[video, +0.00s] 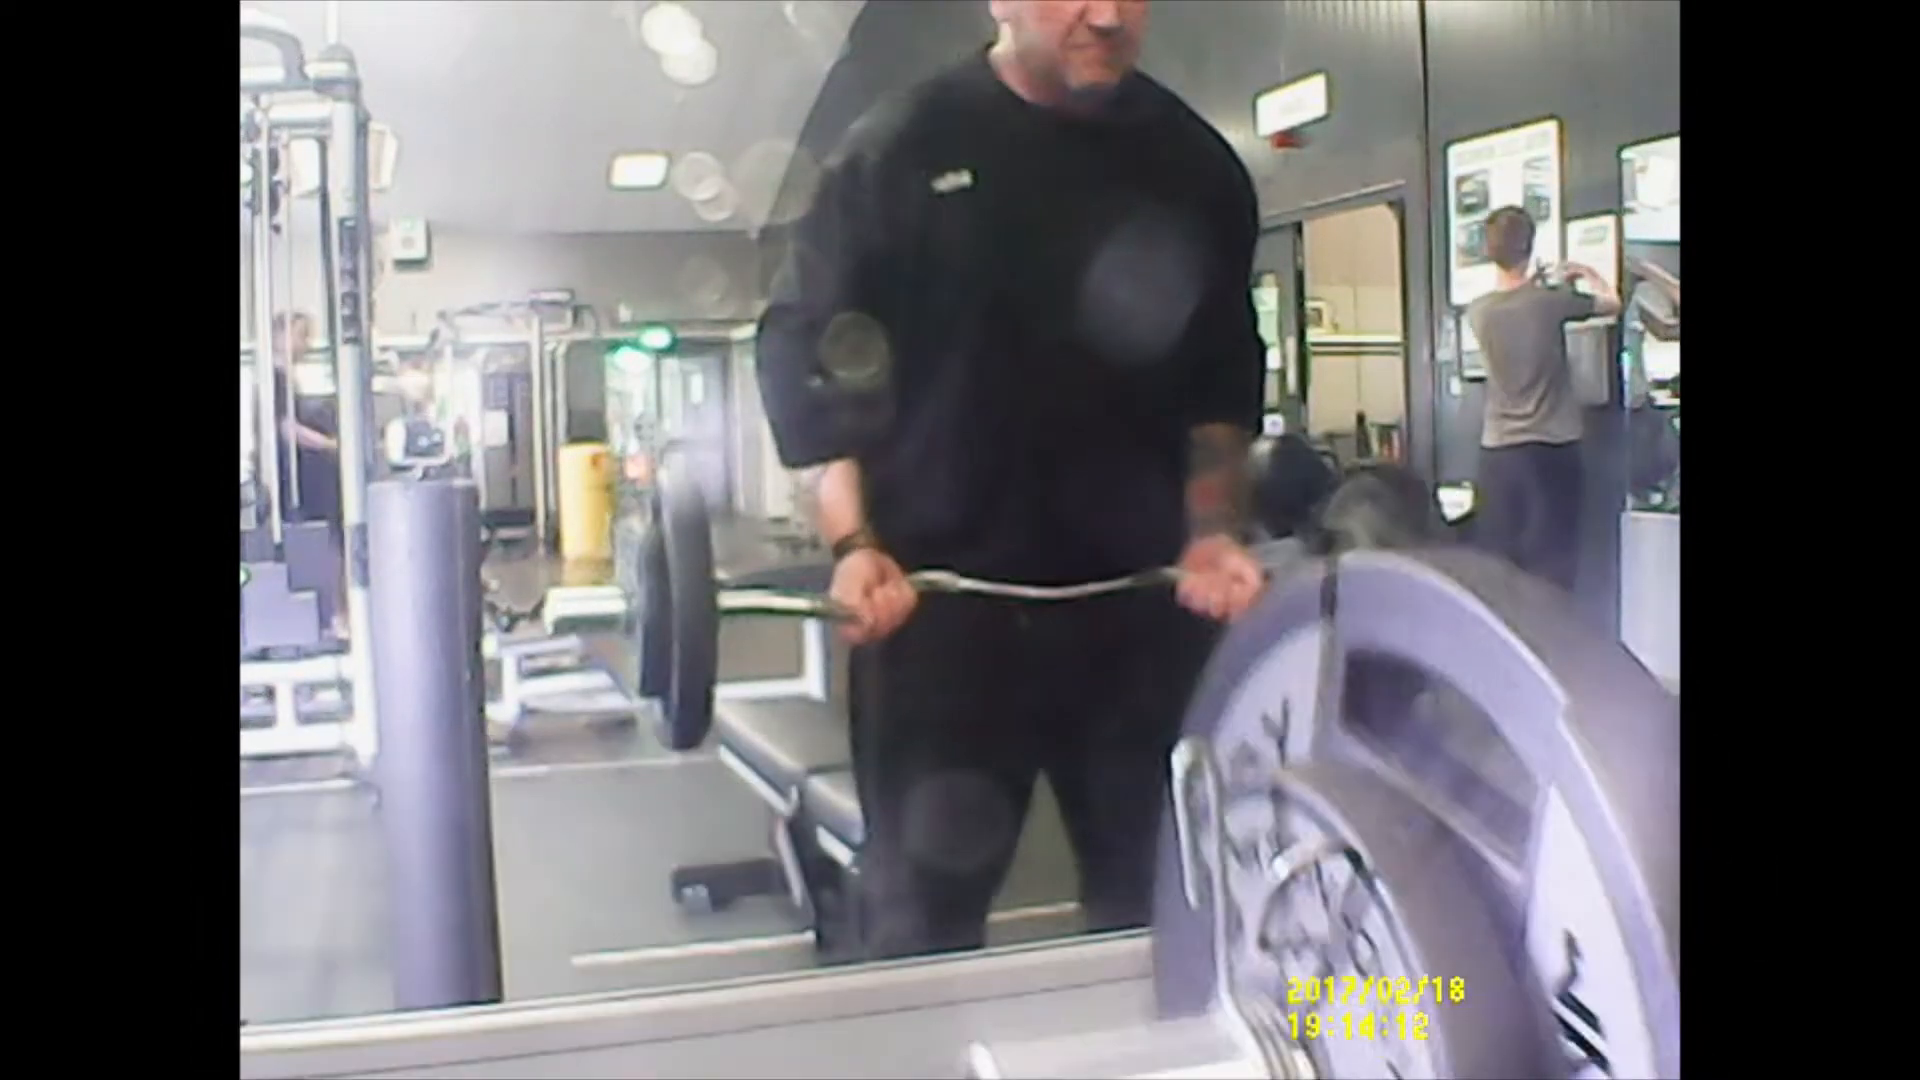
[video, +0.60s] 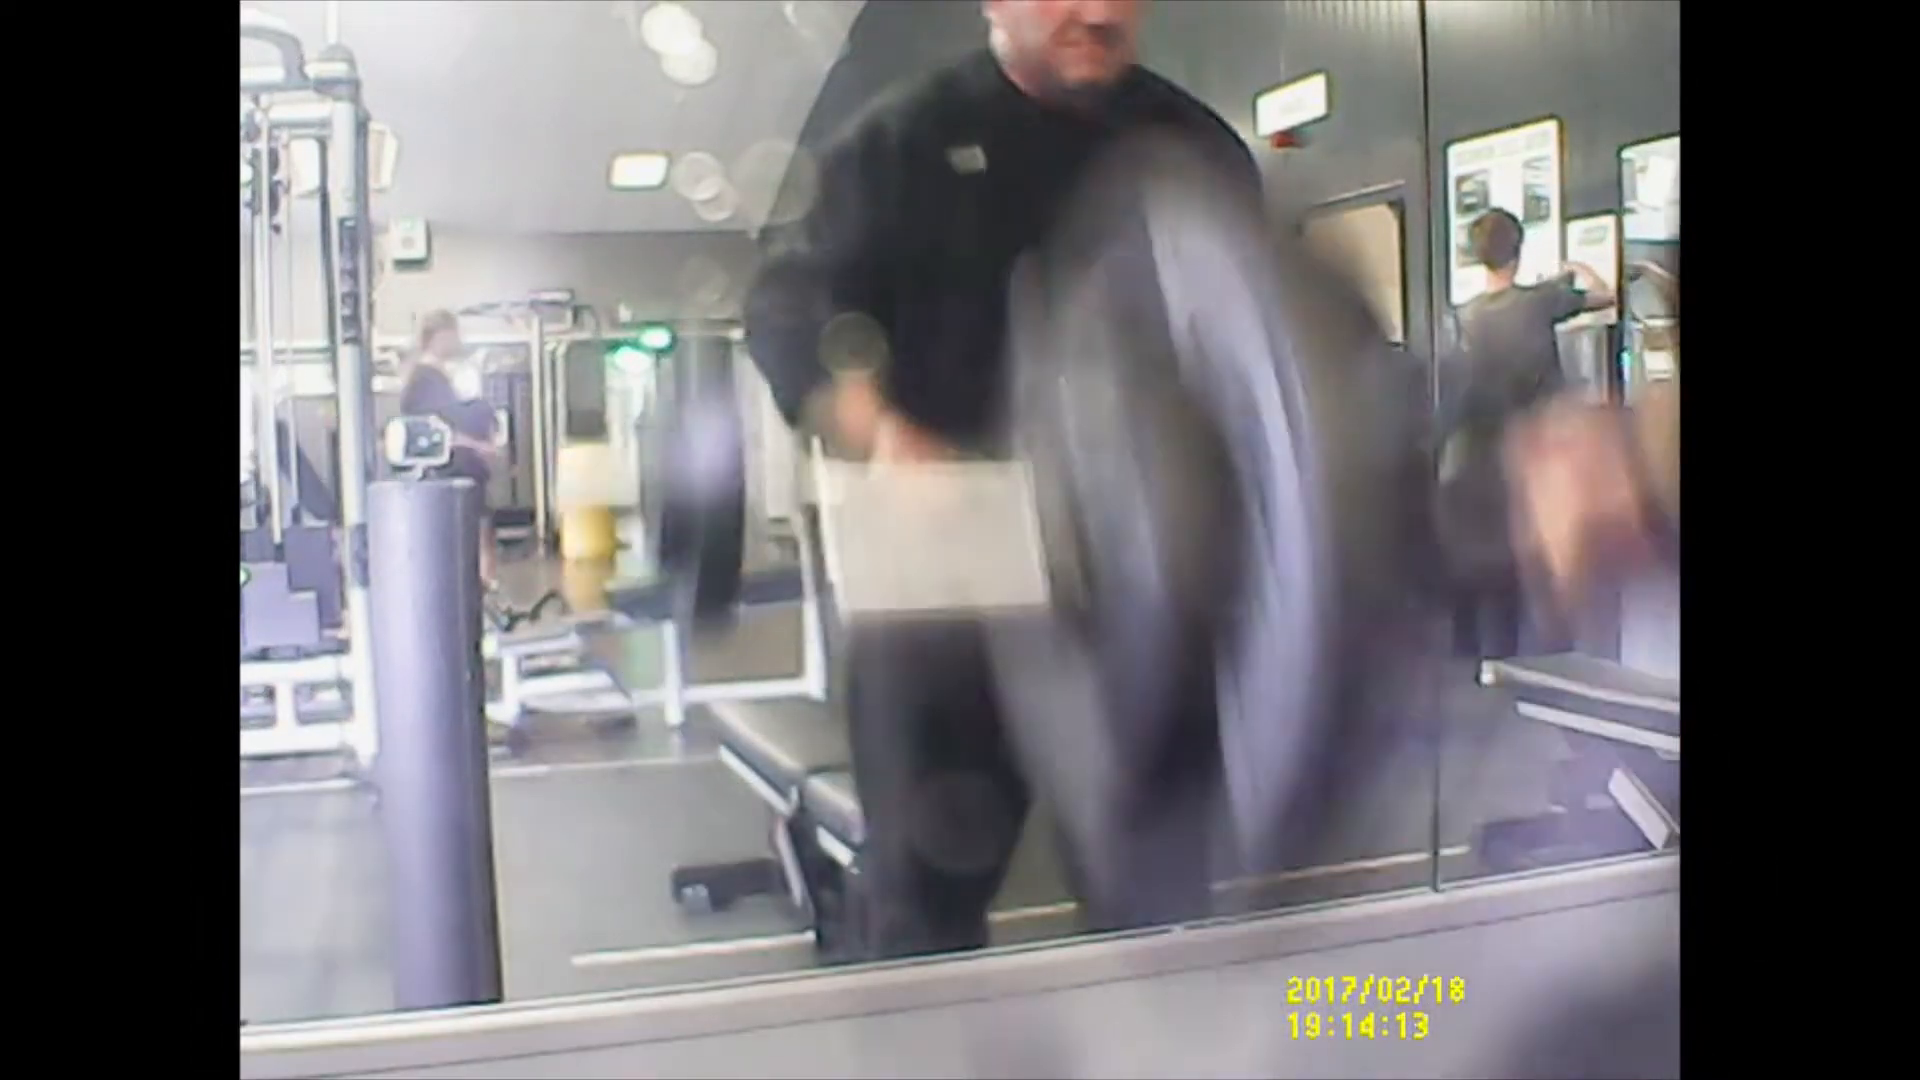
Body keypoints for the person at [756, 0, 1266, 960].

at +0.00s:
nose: (1109, 13)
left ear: (1148, 10)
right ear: (1005, 5)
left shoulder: (1201, 168)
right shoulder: (902, 148)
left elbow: (1223, 372)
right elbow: (810, 345)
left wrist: (1212, 530)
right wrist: (851, 539)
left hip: (1139, 612)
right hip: (943, 612)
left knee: (1161, 945)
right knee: (917, 958)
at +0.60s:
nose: (1091, 13)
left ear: (1140, 10)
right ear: (997, 10)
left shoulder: (1194, 148)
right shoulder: (903, 141)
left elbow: (1253, 343)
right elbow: (783, 309)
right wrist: (875, 431)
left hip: (1138, 539)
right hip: (941, 548)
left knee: (1158, 865)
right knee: (929, 868)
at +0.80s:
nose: (1039, 29)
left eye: (1061, 10)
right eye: (1011, 10)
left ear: (1106, 20)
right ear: (961, 17)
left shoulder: (1159, 154)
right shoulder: (900, 147)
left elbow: (1253, 349)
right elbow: (778, 327)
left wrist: (1275, 218)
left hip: (1153, 589)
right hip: (965, 599)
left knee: (1187, 937)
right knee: (935, 944)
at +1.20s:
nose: (1040, 20)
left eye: (1056, 6)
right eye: (1009, 4)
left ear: (1101, 16)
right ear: (958, 13)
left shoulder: (1154, 148)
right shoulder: (904, 148)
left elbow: (1232, 361)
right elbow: (770, 340)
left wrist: (1263, 259)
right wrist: (874, 254)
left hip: (1148, 590)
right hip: (962, 600)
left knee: (1186, 952)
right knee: (935, 956)